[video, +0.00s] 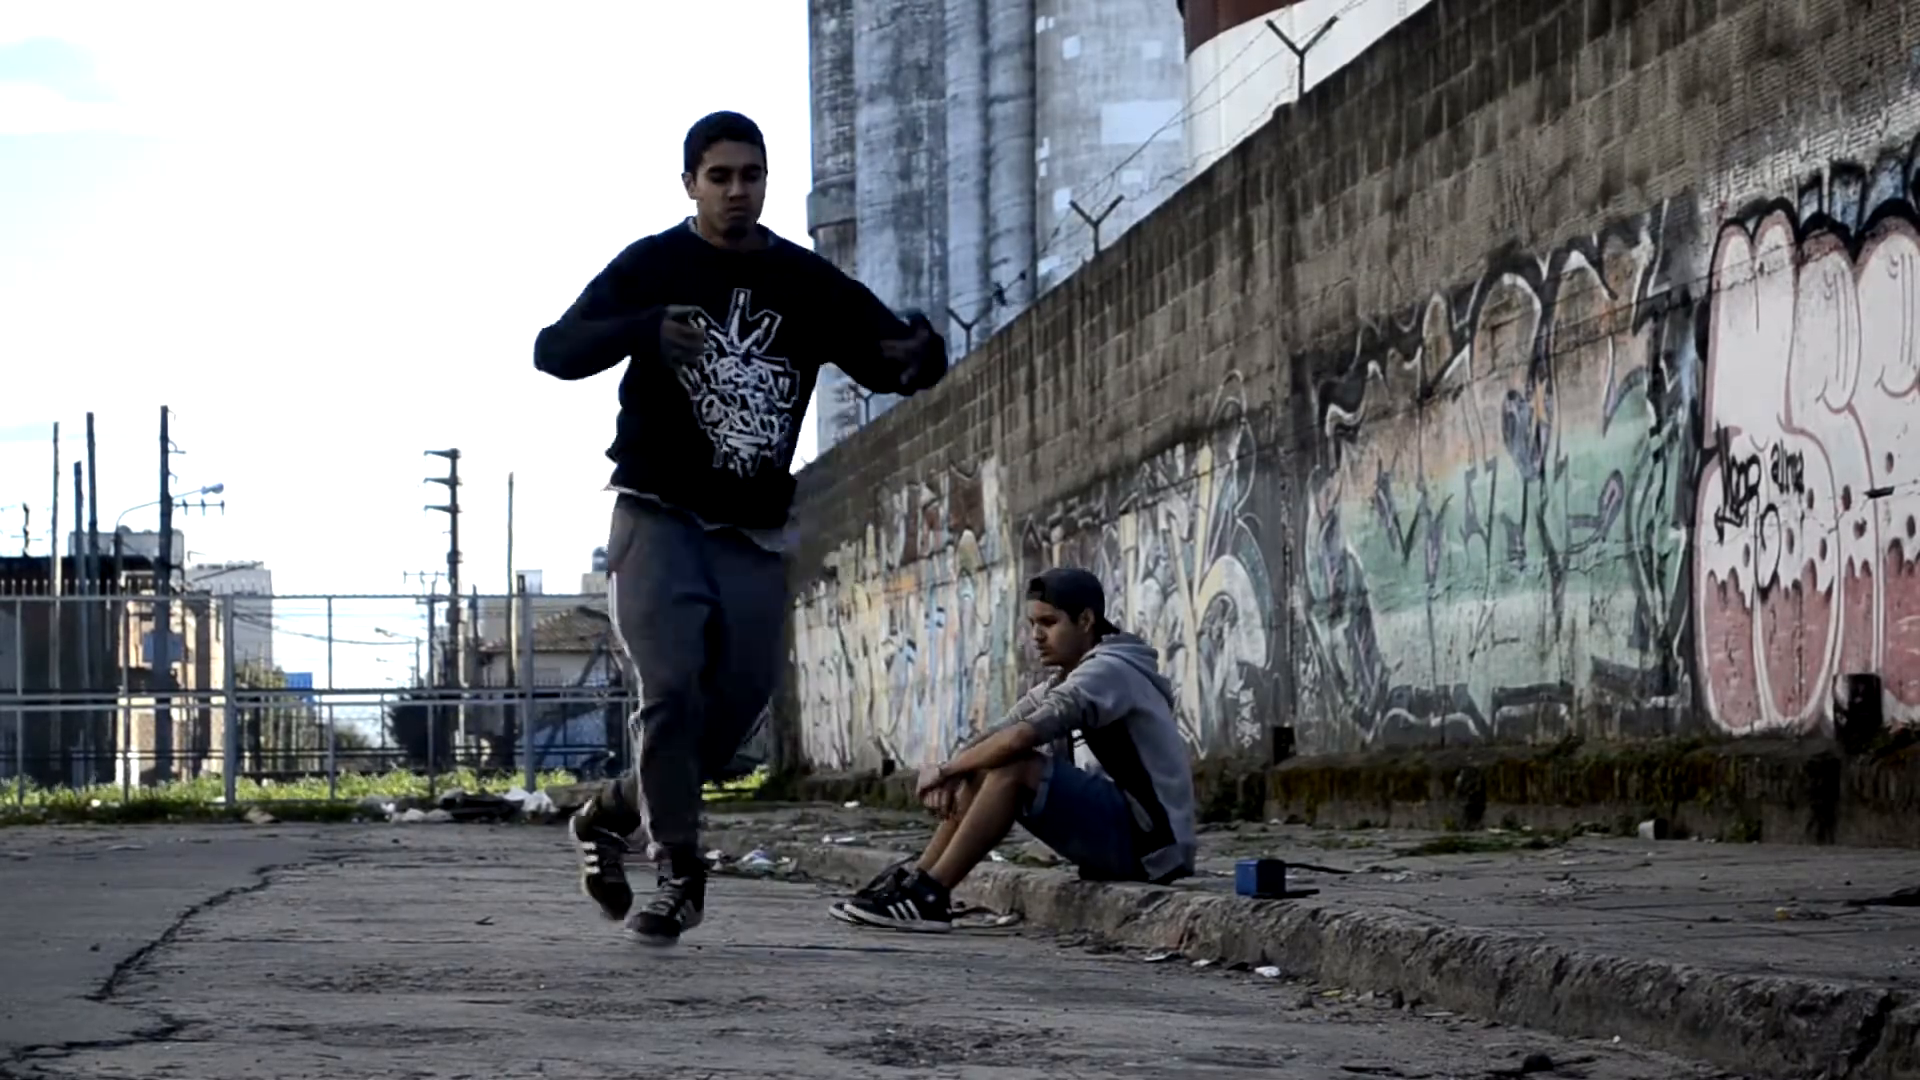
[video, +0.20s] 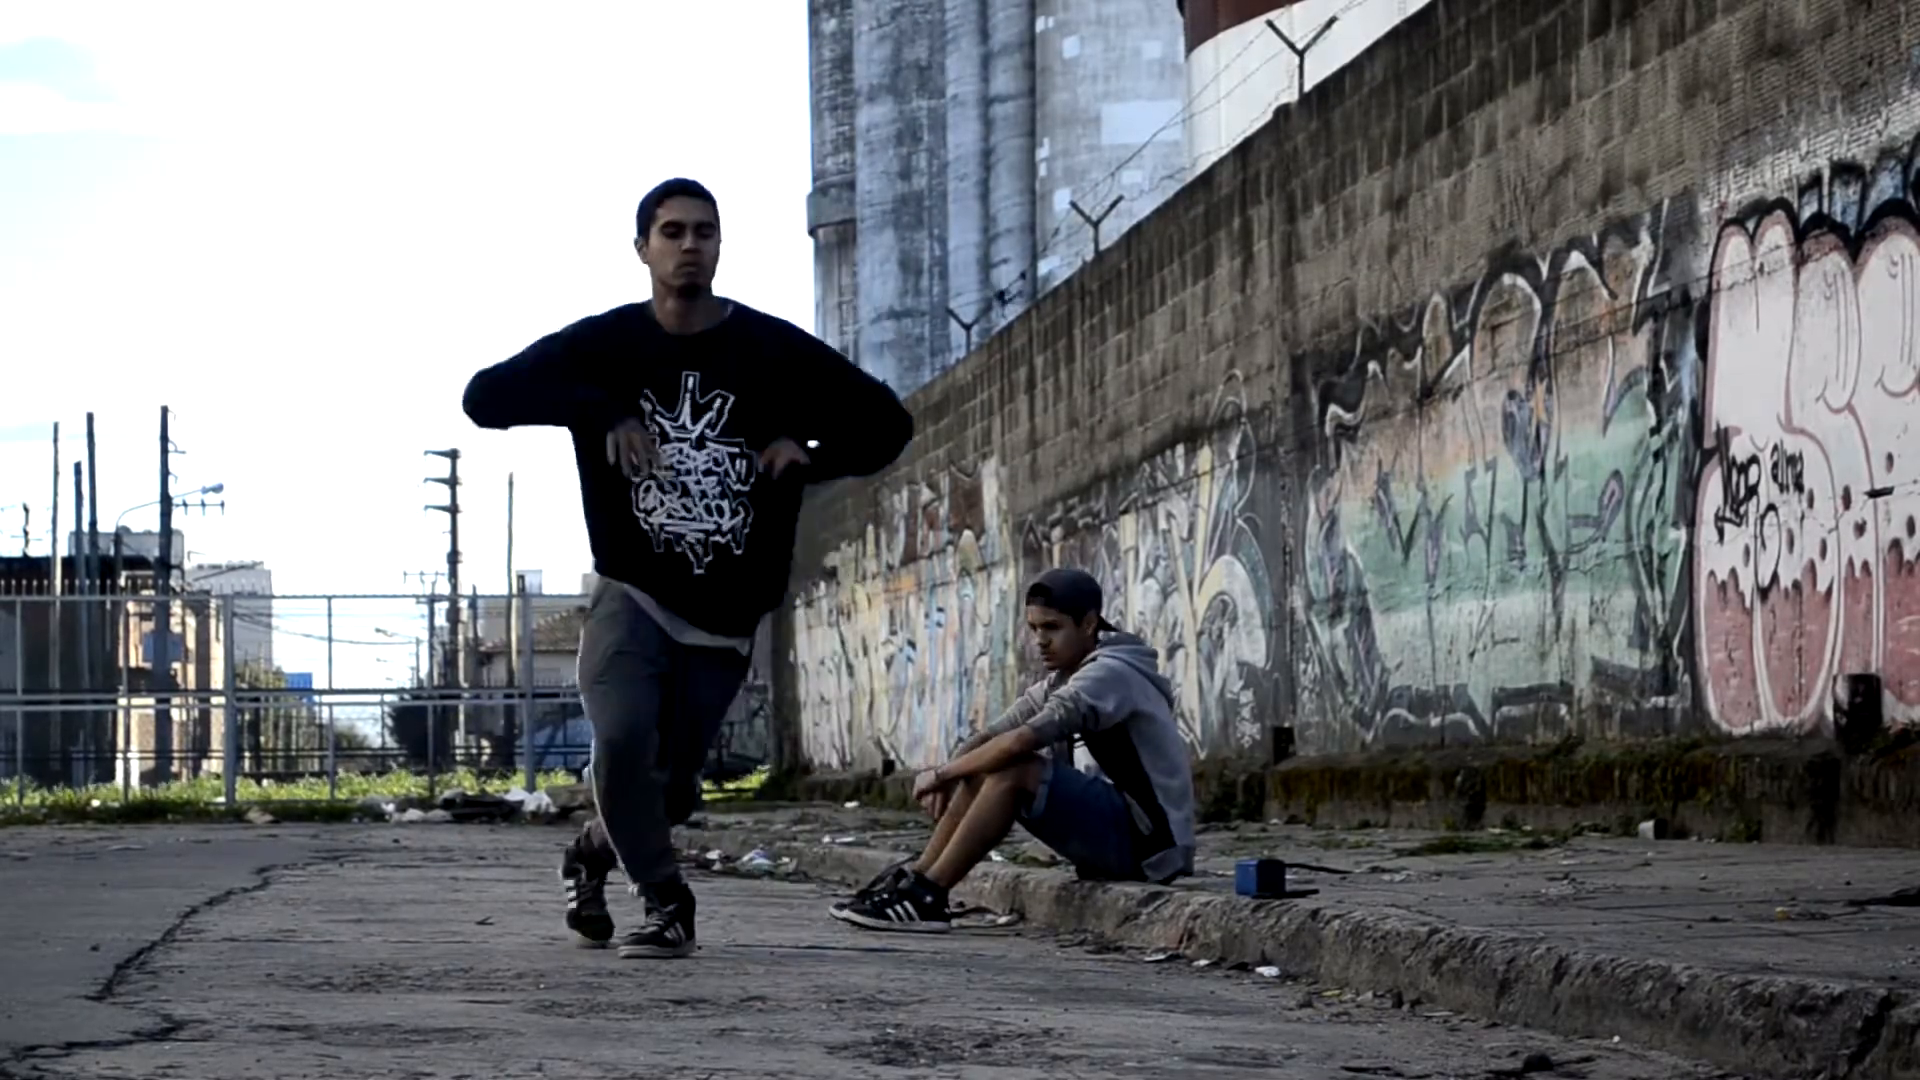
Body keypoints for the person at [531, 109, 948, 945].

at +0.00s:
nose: (738, 191)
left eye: (752, 176)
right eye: (721, 177)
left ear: (768, 182)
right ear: (691, 185)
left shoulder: (807, 279)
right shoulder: (653, 265)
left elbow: (899, 362)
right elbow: (556, 352)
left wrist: (924, 350)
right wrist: (644, 329)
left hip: (757, 531)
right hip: (659, 518)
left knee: (735, 712)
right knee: (667, 691)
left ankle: (605, 822)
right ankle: (679, 877)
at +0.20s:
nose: (691, 246)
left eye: (705, 233)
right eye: (674, 232)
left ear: (720, 246)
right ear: (644, 247)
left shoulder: (774, 348)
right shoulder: (606, 343)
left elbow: (887, 424)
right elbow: (485, 398)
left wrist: (811, 454)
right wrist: (604, 416)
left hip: (729, 610)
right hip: (632, 590)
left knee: (674, 783)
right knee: (618, 742)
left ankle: (590, 850)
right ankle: (666, 900)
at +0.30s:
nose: (692, 204)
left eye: (705, 189)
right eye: (675, 190)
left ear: (722, 199)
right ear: (645, 201)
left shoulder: (770, 307)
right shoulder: (608, 313)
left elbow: (798, 444)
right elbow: (589, 443)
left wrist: (819, 573)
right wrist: (600, 551)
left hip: (744, 566)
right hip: (633, 563)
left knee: (723, 741)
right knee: (628, 738)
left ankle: (687, 758)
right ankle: (664, 897)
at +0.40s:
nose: (694, 176)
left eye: (708, 161)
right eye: (677, 161)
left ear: (725, 174)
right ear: (647, 175)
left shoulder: (777, 281)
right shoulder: (610, 293)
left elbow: (804, 421)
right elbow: (606, 435)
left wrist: (811, 543)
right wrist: (633, 561)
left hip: (756, 524)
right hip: (649, 541)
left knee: (757, 645)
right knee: (631, 735)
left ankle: (759, 725)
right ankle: (670, 897)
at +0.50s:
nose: (709, 170)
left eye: (723, 154)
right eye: (691, 155)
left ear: (741, 164)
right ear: (663, 167)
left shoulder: (788, 275)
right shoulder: (623, 276)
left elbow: (821, 415)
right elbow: (599, 414)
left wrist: (830, 544)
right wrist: (641, 531)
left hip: (771, 512)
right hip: (663, 529)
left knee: (786, 651)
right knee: (639, 728)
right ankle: (683, 897)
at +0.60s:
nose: (726, 211)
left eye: (739, 196)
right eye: (708, 198)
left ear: (758, 207)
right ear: (680, 211)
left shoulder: (799, 319)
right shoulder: (640, 295)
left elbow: (839, 459)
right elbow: (544, 340)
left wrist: (850, 586)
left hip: (782, 558)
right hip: (672, 570)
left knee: (802, 701)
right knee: (640, 766)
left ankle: (836, 894)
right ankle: (682, 897)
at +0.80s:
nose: (755, 283)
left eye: (761, 270)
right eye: (733, 273)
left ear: (770, 285)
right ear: (691, 298)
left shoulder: (822, 397)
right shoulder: (657, 383)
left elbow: (924, 503)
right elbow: (569, 321)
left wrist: (895, 595)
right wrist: (642, 244)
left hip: (797, 622)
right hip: (693, 646)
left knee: (806, 700)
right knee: (622, 850)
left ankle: (842, 912)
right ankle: (693, 890)